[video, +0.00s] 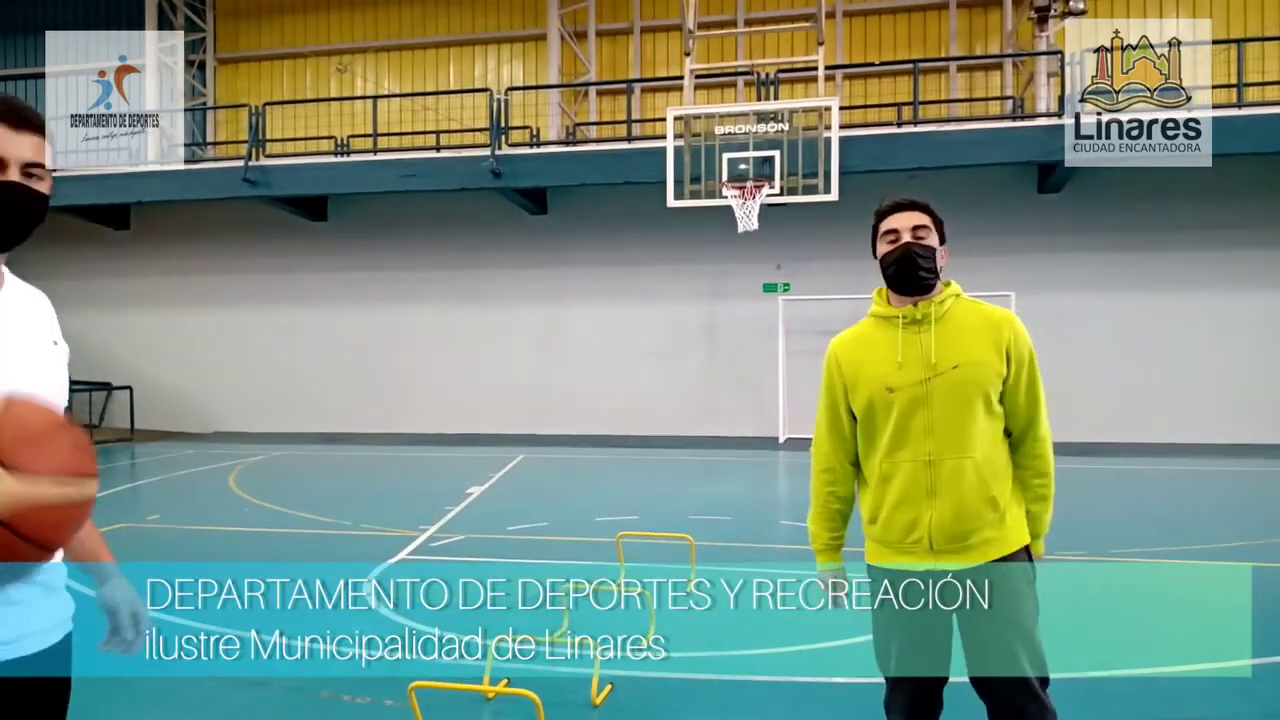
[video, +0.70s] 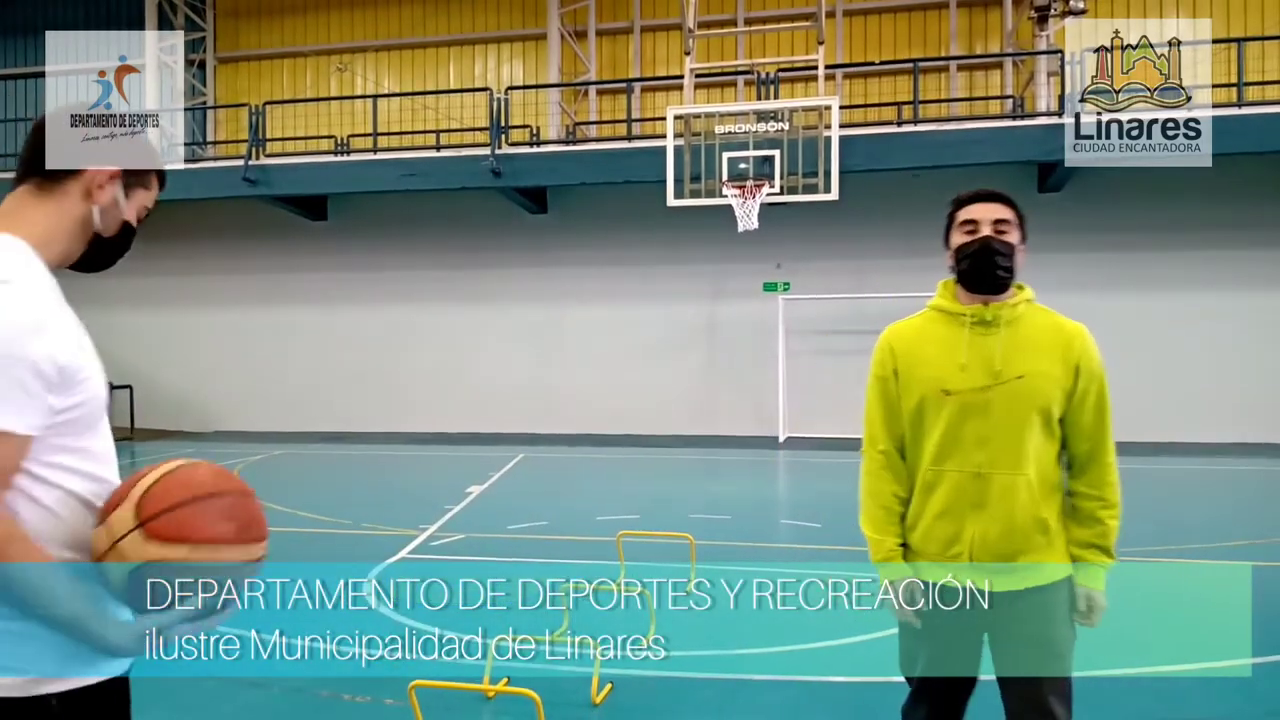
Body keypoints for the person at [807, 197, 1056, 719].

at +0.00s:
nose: (906, 241)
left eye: (919, 232)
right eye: (891, 236)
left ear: (943, 252)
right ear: (877, 259)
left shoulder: (1000, 330)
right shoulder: (849, 350)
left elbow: (1031, 439)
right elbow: (833, 458)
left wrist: (1033, 536)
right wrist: (828, 552)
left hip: (993, 551)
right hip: (899, 557)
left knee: (1019, 700)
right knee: (910, 703)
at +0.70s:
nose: (986, 236)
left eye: (1002, 227)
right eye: (969, 228)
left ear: (1021, 249)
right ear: (949, 251)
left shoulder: (1067, 342)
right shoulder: (902, 343)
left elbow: (1093, 465)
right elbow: (883, 460)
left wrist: (1091, 565)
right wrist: (889, 559)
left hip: (1037, 572)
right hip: (935, 571)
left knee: (1043, 712)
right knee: (931, 709)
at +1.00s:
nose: (1038, 230)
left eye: (1057, 220)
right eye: (1022, 218)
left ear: (1077, 245)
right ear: (1001, 237)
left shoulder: (1122, 343)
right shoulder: (944, 335)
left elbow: (1164, 469)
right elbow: (910, 450)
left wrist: (1171, 582)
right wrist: (890, 540)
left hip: (1067, 592)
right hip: (956, 587)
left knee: (1065, 715)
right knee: (933, 712)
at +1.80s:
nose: (963, 217)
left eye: (981, 204)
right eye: (945, 209)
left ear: (1009, 230)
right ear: (928, 237)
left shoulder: (1079, 329)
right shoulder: (887, 345)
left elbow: (1125, 463)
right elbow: (849, 455)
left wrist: (1134, 583)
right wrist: (816, 514)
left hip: (1058, 614)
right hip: (938, 617)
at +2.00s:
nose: (948, 217)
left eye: (965, 204)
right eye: (928, 210)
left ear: (993, 228)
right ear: (912, 238)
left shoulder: (1066, 326)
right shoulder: (874, 349)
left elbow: (1117, 459)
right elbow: (848, 475)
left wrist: (1126, 576)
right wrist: (850, 578)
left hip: (1057, 615)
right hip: (933, 621)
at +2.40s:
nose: (980, 213)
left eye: (999, 201)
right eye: (963, 203)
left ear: (1031, 228)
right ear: (945, 228)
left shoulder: (1100, 330)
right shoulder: (905, 342)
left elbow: (1144, 472)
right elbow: (875, 466)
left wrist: (1144, 602)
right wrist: (859, 561)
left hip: (1072, 625)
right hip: (945, 625)